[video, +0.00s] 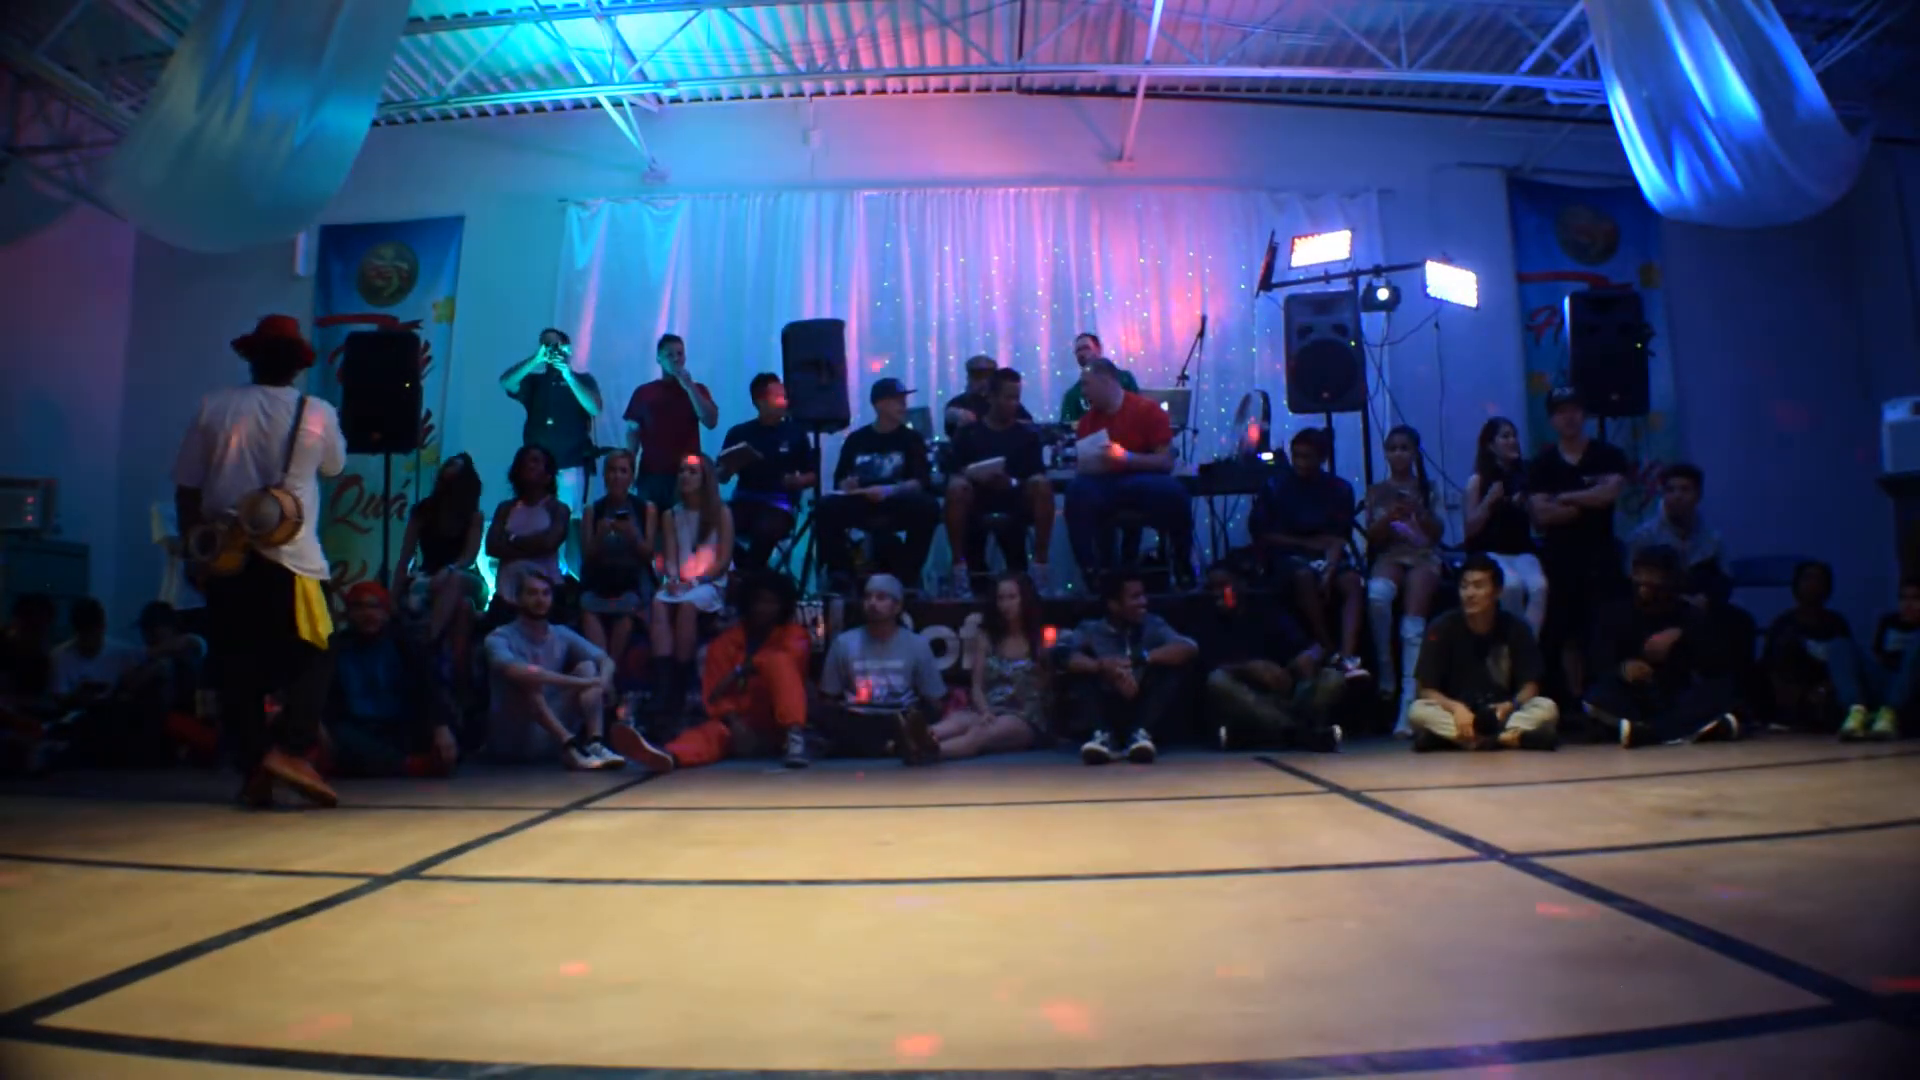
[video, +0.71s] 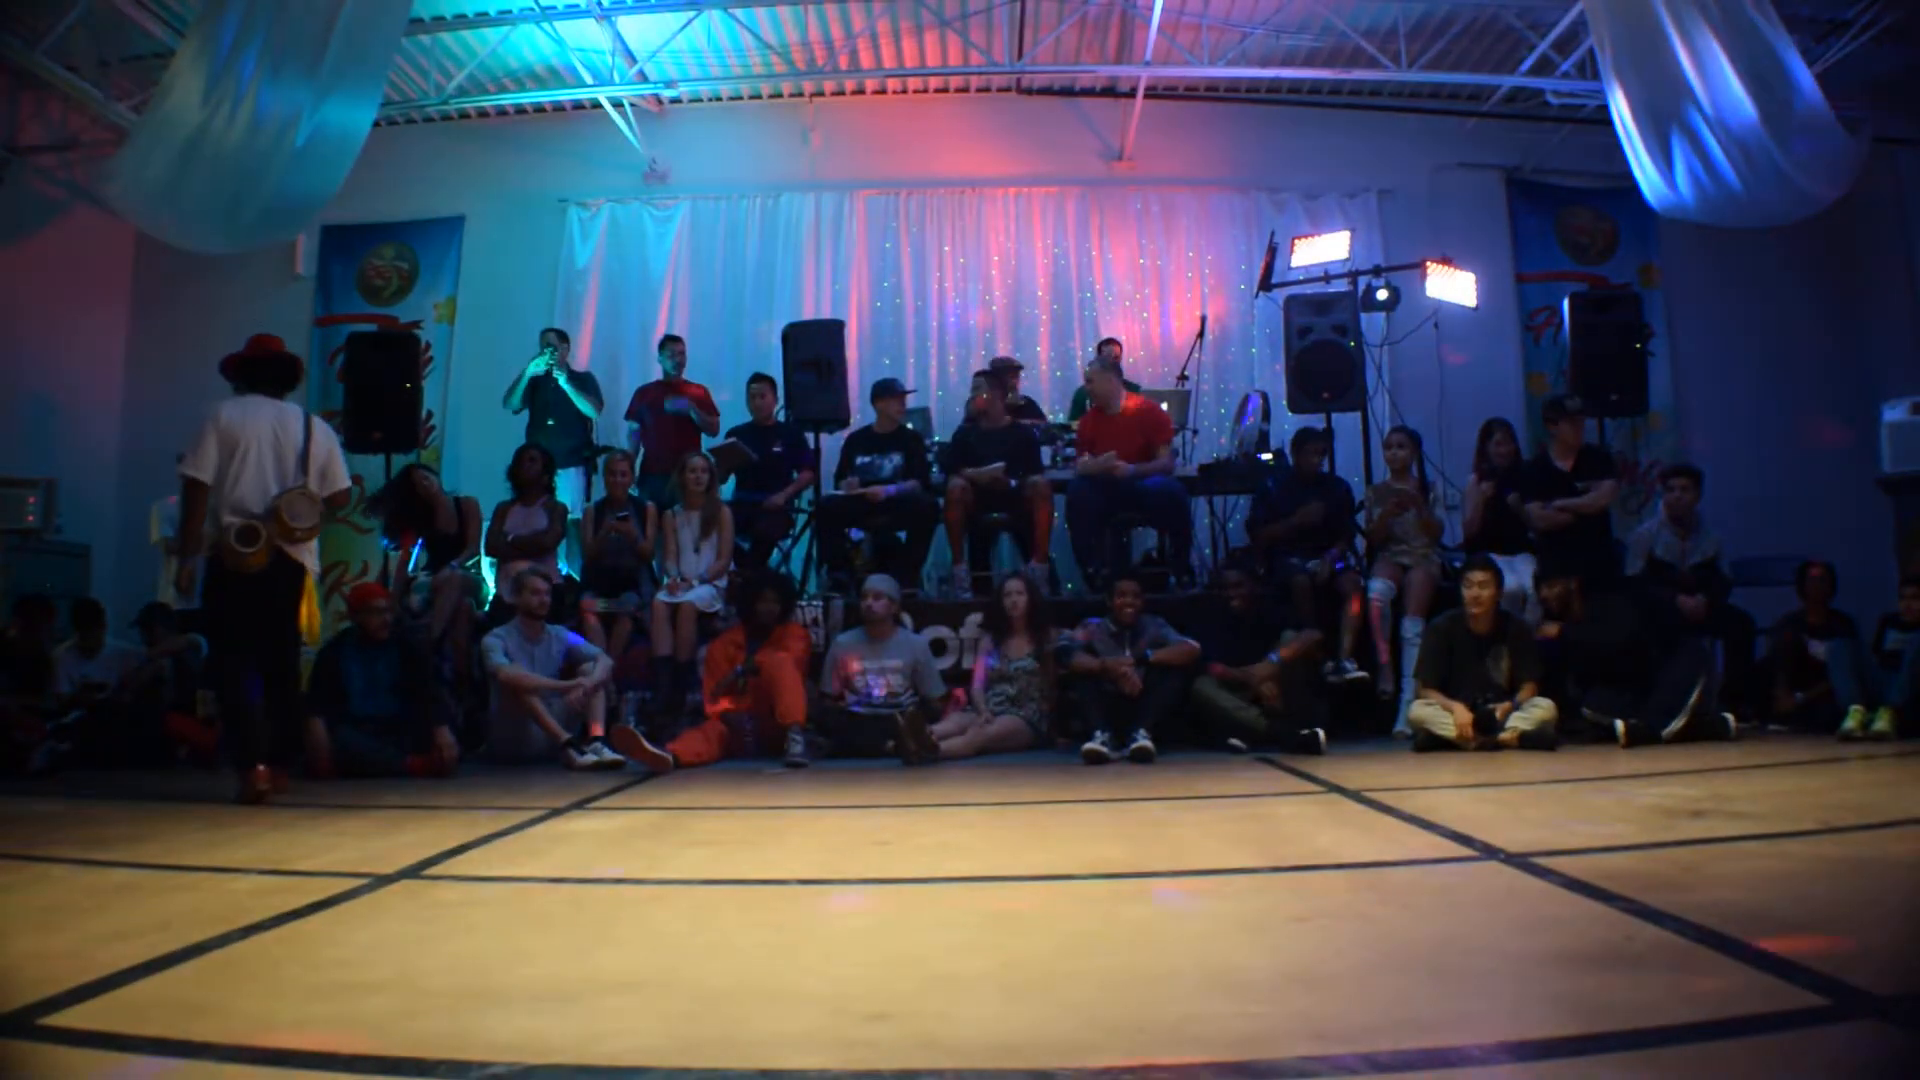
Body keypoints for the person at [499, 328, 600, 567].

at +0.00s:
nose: (553, 351)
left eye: (558, 346)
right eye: (548, 347)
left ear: (567, 349)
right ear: (541, 350)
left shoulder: (581, 380)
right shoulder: (533, 382)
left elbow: (594, 408)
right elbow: (506, 383)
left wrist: (566, 374)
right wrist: (537, 358)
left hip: (572, 459)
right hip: (538, 459)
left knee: (570, 520)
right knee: (535, 518)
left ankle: (571, 575)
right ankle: (536, 578)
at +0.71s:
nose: (552, 352)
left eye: (557, 347)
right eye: (547, 347)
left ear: (567, 349)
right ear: (540, 351)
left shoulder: (583, 379)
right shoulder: (533, 381)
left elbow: (594, 411)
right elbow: (511, 405)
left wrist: (565, 382)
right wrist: (528, 372)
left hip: (572, 460)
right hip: (539, 461)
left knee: (572, 523)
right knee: (537, 521)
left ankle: (573, 577)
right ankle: (538, 579)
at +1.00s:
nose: (547, 352)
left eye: (551, 346)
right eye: (541, 348)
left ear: (561, 347)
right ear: (536, 352)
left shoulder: (580, 378)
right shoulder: (529, 386)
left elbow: (599, 413)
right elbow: (514, 429)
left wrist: (574, 387)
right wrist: (525, 413)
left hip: (571, 462)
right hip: (539, 465)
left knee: (570, 523)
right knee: (539, 523)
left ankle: (572, 577)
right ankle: (543, 578)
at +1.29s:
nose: (544, 353)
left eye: (548, 347)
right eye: (538, 349)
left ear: (556, 348)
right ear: (533, 352)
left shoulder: (574, 381)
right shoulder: (525, 387)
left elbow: (599, 408)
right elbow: (512, 430)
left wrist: (583, 378)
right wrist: (526, 422)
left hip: (571, 461)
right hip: (539, 464)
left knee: (574, 522)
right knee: (539, 523)